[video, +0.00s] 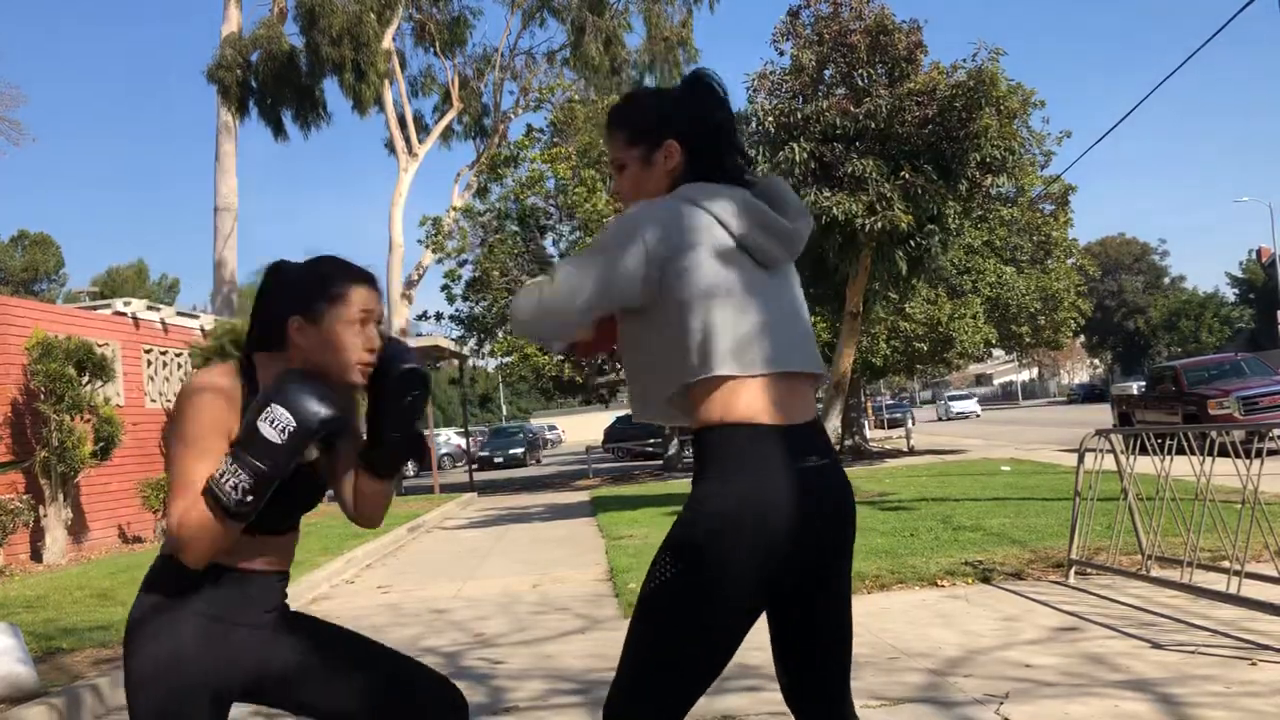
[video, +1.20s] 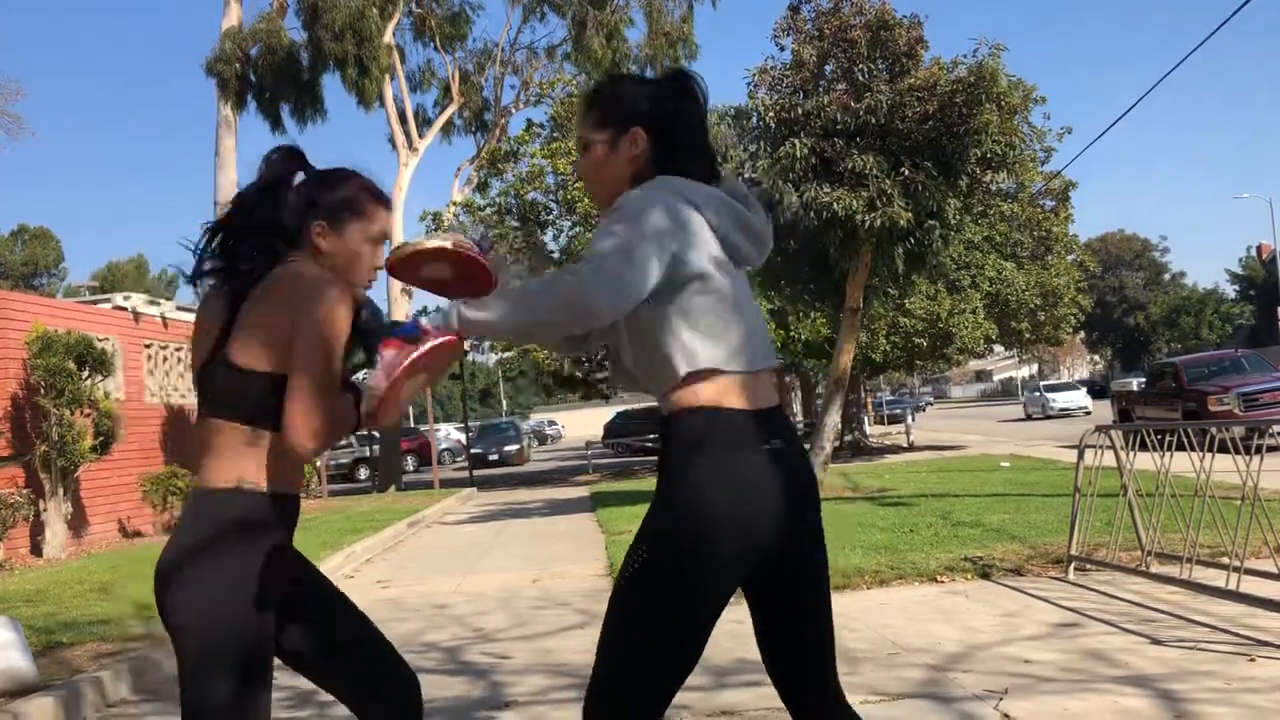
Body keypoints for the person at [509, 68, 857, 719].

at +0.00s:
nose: (614, 186)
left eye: (620, 168)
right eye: (611, 170)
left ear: (669, 155)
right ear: (672, 157)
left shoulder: (656, 226)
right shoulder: (758, 220)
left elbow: (537, 313)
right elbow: (709, 315)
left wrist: (584, 333)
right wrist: (620, 327)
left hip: (738, 490)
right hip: (820, 484)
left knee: (637, 707)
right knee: (824, 702)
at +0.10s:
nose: (620, 186)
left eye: (628, 163)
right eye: (619, 167)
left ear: (680, 154)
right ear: (685, 155)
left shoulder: (688, 222)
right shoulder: (763, 222)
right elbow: (719, 379)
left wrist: (602, 332)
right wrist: (626, 361)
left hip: (751, 491)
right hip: (822, 484)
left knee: (639, 707)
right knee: (823, 701)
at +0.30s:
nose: (623, 173)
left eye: (629, 152)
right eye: (621, 156)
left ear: (677, 146)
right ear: (674, 149)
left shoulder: (713, 217)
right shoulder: (731, 222)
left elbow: (694, 366)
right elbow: (681, 389)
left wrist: (624, 262)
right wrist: (591, 312)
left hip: (751, 489)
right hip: (806, 484)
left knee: (651, 707)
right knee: (820, 703)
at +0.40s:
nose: (624, 179)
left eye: (631, 159)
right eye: (622, 162)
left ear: (680, 151)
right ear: (686, 151)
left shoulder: (693, 225)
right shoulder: (761, 221)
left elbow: (615, 366)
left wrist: (554, 261)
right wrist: (567, 271)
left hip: (748, 497)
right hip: (821, 488)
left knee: (645, 707)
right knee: (819, 702)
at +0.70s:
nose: (620, 174)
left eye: (628, 153)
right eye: (620, 156)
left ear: (675, 147)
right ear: (680, 148)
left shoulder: (699, 218)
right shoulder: (744, 219)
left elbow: (637, 358)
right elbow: (671, 356)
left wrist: (582, 292)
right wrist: (583, 318)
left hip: (744, 488)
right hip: (805, 479)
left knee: (641, 705)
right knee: (813, 697)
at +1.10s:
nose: (600, 172)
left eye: (608, 152)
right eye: (599, 156)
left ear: (655, 148)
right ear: (657, 150)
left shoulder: (676, 216)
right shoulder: (719, 219)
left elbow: (655, 323)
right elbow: (663, 384)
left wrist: (542, 367)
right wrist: (579, 313)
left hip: (723, 485)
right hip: (791, 480)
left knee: (615, 706)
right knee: (804, 697)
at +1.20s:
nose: (580, 167)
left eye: (587, 148)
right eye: (580, 150)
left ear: (634, 144)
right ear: (633, 146)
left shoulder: (649, 209)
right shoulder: (694, 213)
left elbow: (593, 295)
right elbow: (613, 348)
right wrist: (511, 297)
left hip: (712, 473)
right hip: (780, 468)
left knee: (619, 701)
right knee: (814, 690)